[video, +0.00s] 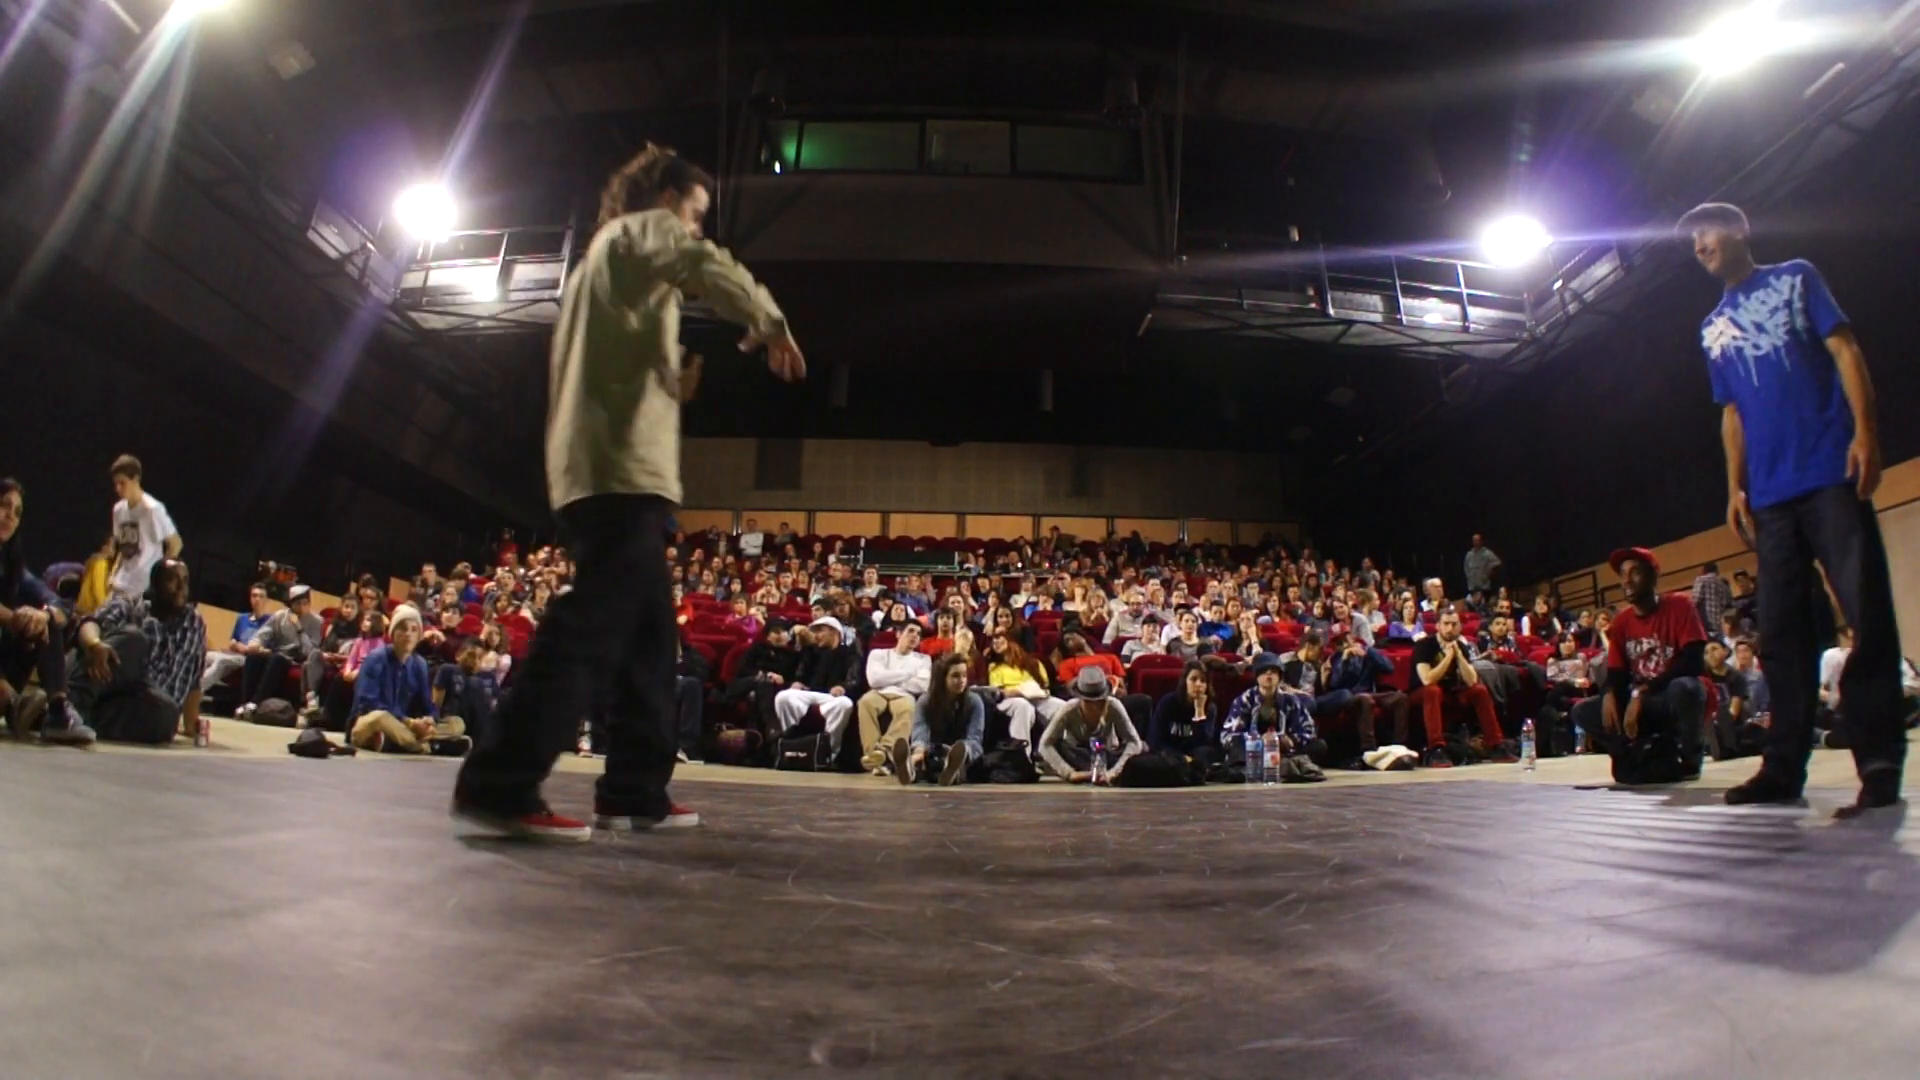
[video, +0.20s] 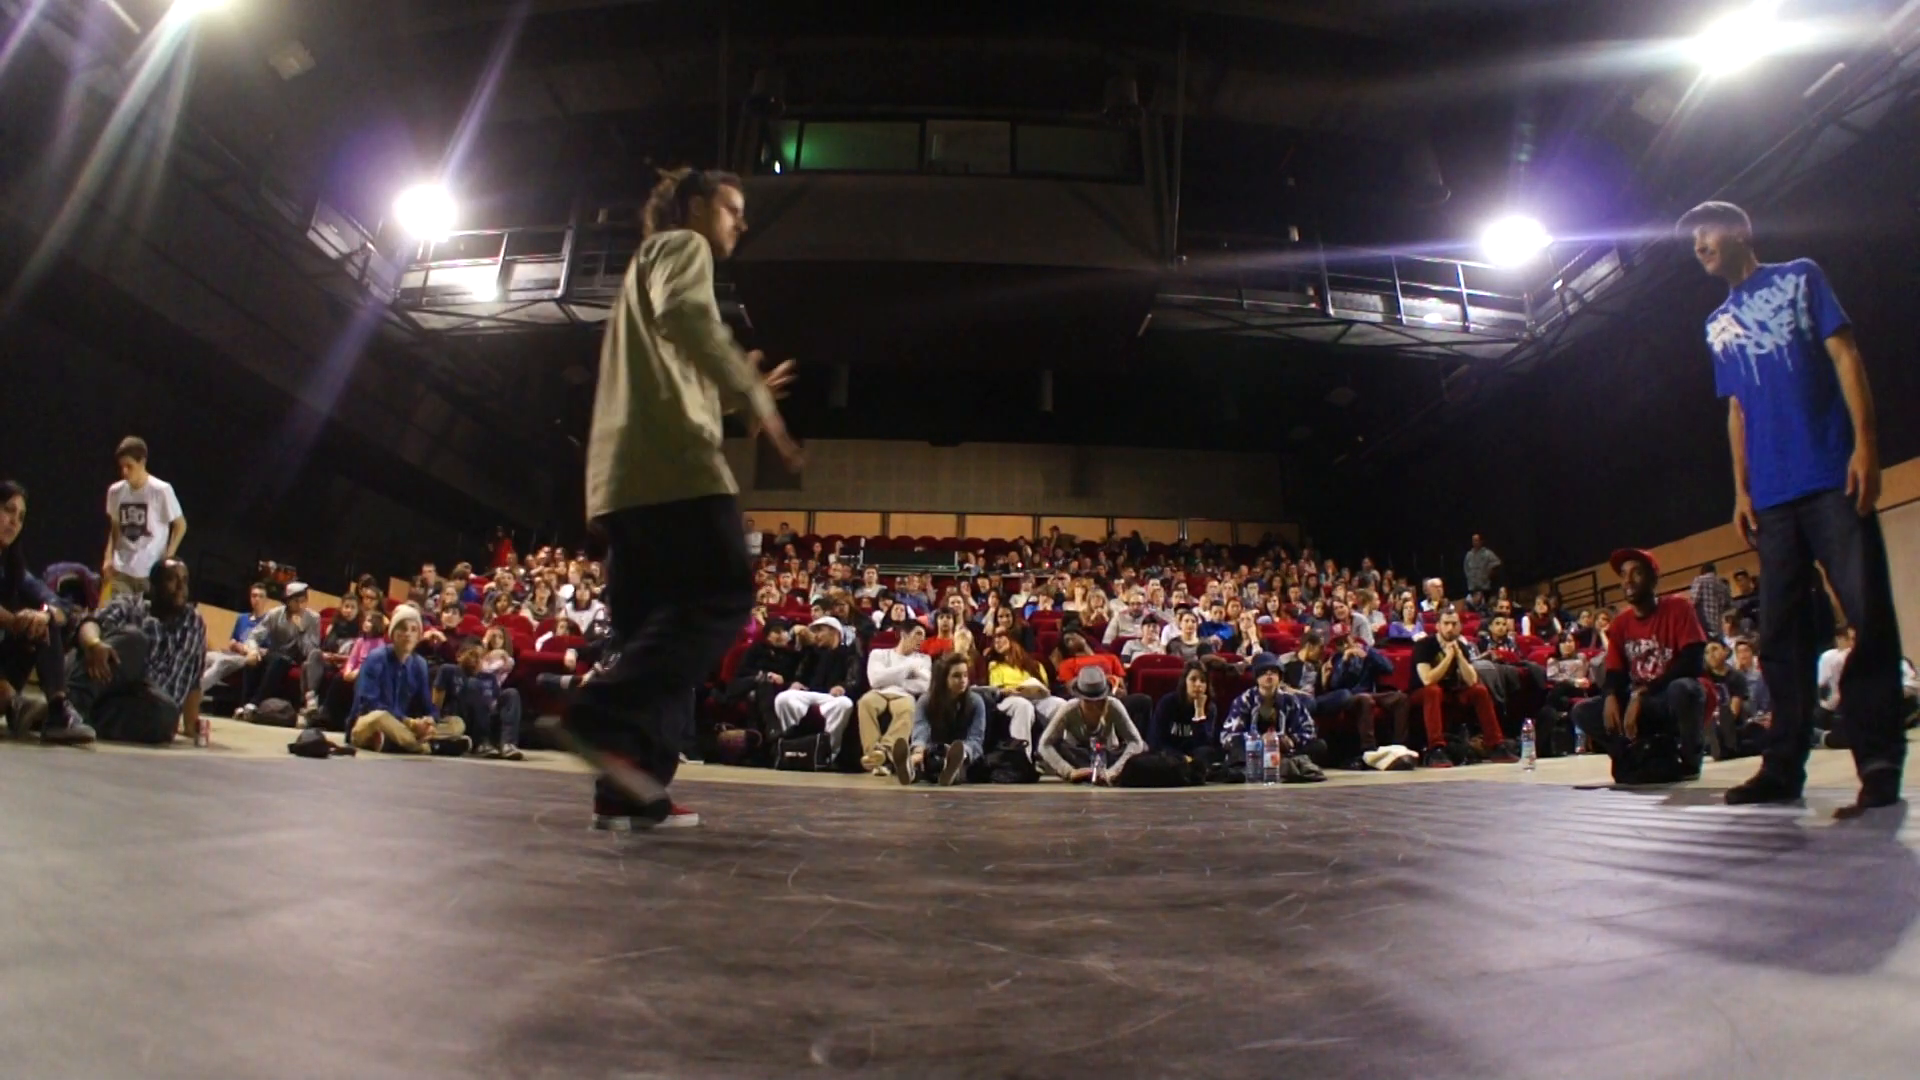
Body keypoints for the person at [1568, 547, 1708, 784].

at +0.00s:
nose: (1626, 581)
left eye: (1634, 572)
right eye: (1622, 574)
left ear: (1652, 577)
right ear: (1619, 581)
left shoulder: (1679, 606)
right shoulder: (1621, 622)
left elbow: (1692, 660)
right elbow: (1616, 670)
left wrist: (1644, 692)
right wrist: (1609, 694)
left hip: (1673, 691)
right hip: (1638, 695)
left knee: (1686, 688)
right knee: (1583, 711)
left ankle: (1690, 759)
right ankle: (1636, 760)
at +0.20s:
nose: (1627, 581)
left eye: (1635, 573)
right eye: (1623, 575)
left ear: (1653, 579)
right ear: (1620, 582)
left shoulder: (1678, 608)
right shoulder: (1620, 624)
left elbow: (1692, 661)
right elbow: (1615, 671)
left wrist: (1643, 692)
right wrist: (1611, 697)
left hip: (1673, 693)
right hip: (1638, 697)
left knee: (1685, 689)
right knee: (1583, 712)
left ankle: (1690, 760)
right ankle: (1634, 761)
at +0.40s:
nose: (1633, 578)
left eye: (1640, 571)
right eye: (1626, 573)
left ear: (1652, 577)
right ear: (1620, 583)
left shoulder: (1676, 607)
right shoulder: (1619, 624)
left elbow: (1690, 661)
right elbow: (1613, 672)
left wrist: (1642, 692)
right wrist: (1613, 700)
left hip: (1673, 693)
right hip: (1638, 698)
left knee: (1681, 688)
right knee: (1582, 712)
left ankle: (1689, 759)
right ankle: (1632, 760)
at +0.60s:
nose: (1630, 579)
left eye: (1636, 572)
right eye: (1623, 574)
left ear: (1650, 577)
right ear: (1617, 585)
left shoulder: (1674, 606)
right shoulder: (1618, 624)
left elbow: (1689, 659)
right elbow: (1613, 672)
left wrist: (1643, 695)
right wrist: (1614, 701)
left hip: (1672, 692)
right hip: (1637, 697)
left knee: (1682, 689)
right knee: (1582, 713)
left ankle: (1689, 759)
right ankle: (1636, 761)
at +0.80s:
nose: (1625, 581)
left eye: (1632, 573)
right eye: (1620, 575)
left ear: (1648, 579)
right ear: (1616, 583)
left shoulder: (1671, 606)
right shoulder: (1618, 623)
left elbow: (1687, 659)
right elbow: (1612, 672)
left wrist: (1641, 700)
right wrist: (1614, 705)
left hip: (1672, 692)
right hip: (1637, 698)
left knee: (1682, 689)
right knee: (1582, 713)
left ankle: (1688, 759)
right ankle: (1636, 761)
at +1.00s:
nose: (1622, 582)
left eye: (1630, 574)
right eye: (1618, 576)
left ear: (1647, 580)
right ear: (1614, 583)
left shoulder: (1671, 607)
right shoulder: (1617, 624)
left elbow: (1681, 659)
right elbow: (1612, 671)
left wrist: (1639, 702)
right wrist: (1612, 703)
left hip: (1667, 694)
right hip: (1633, 699)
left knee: (1678, 689)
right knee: (1582, 713)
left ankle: (1686, 764)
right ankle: (1633, 763)